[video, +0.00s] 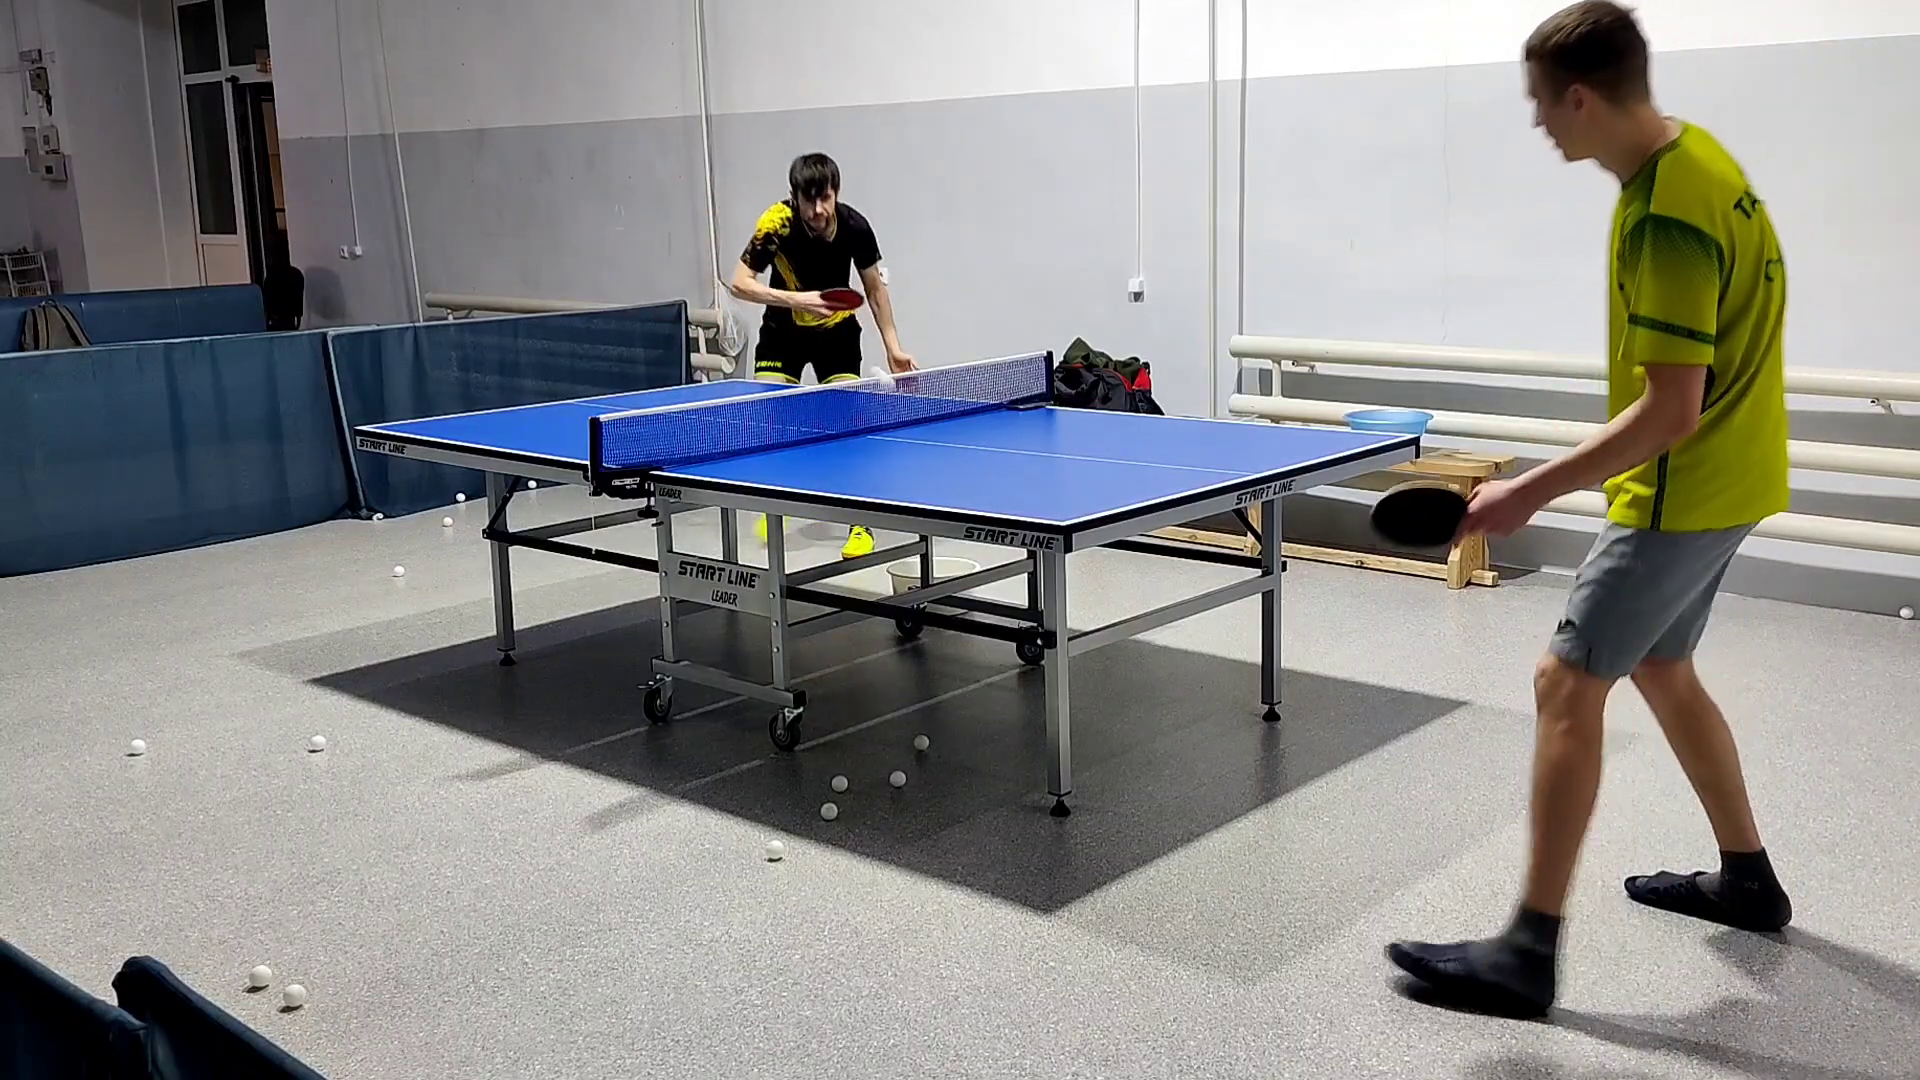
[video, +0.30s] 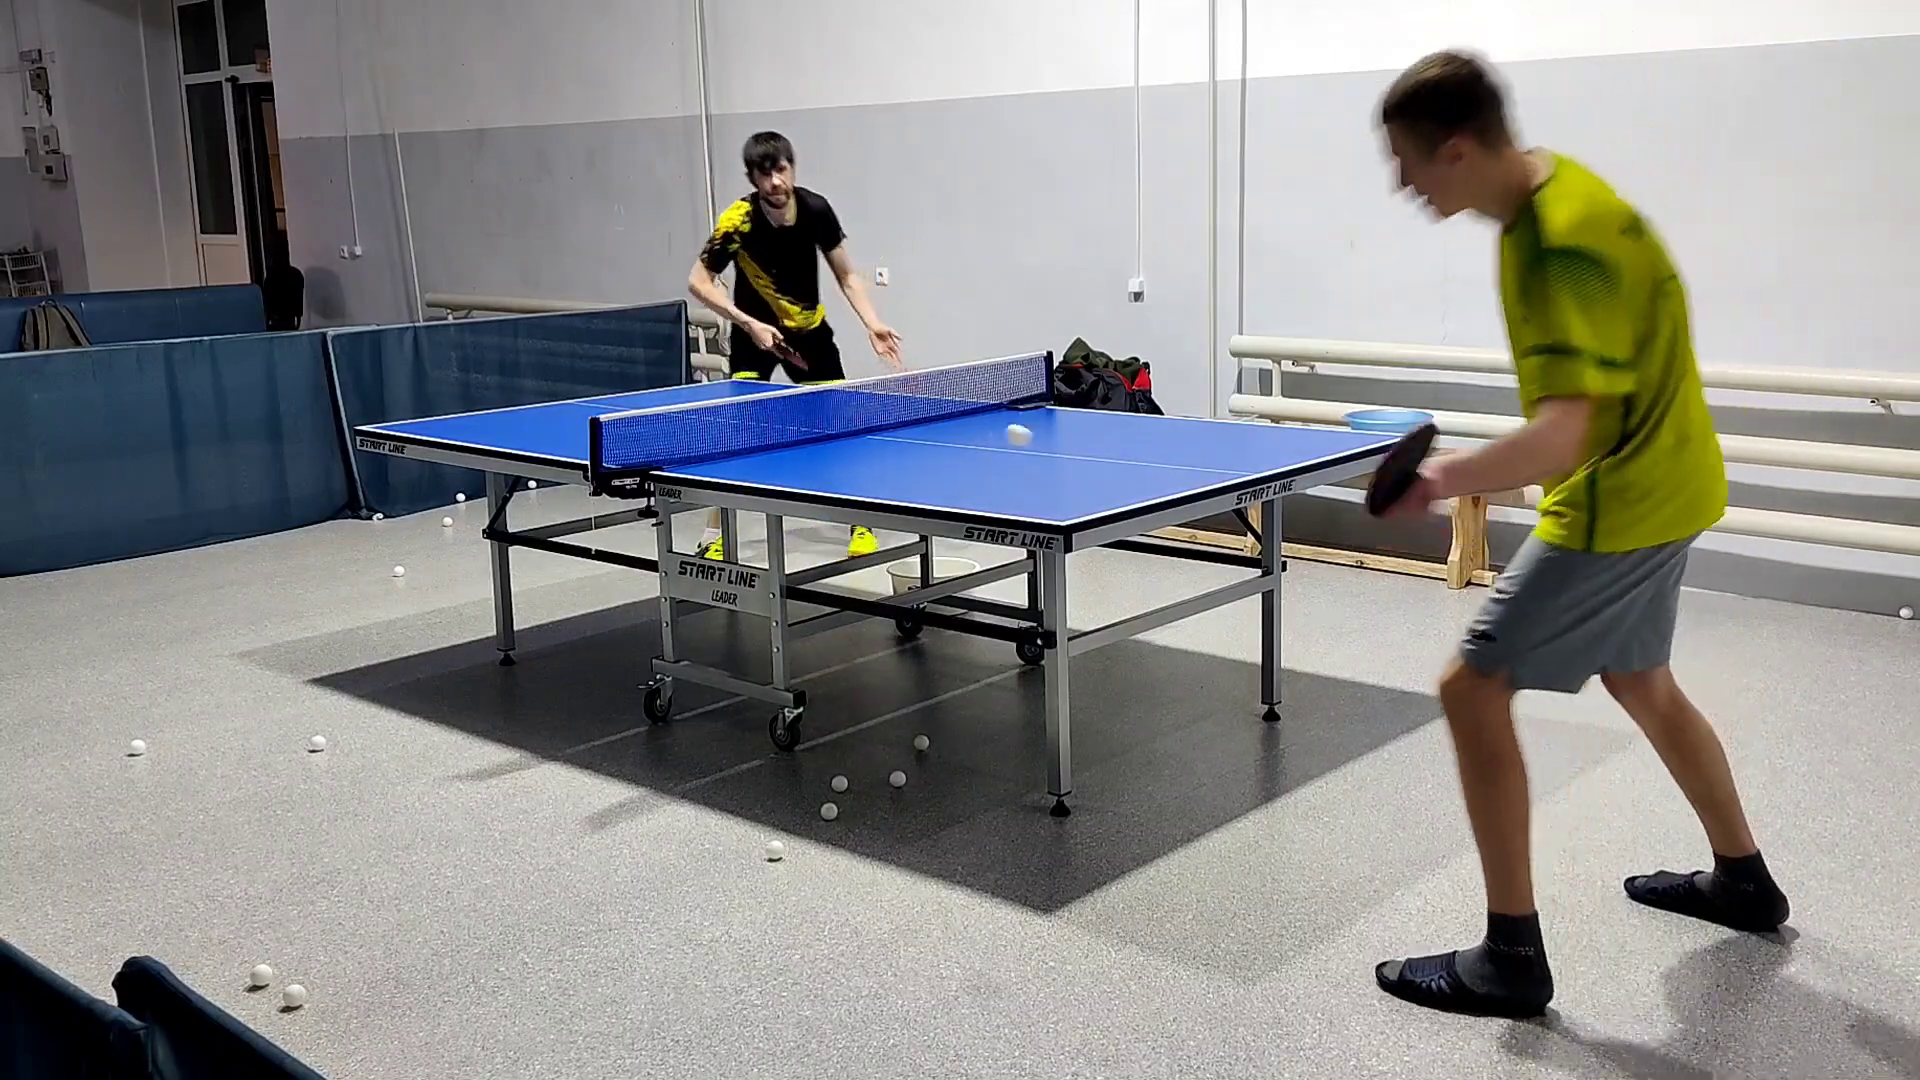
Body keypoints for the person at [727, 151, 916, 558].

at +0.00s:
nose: (819, 208)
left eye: (826, 198)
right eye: (811, 199)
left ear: (836, 194)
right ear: (796, 196)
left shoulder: (854, 228)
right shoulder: (777, 222)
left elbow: (875, 289)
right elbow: (740, 283)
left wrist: (893, 350)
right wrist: (794, 300)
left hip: (837, 331)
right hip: (783, 330)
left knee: (847, 421)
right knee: (767, 419)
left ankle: (859, 522)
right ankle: (772, 511)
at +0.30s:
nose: (773, 183)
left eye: (779, 171)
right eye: (763, 175)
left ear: (792, 169)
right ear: (752, 178)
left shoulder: (816, 210)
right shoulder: (739, 220)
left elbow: (846, 275)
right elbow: (699, 283)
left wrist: (874, 324)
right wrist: (750, 324)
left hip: (810, 331)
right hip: (754, 334)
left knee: (841, 421)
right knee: (735, 428)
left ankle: (860, 523)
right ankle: (716, 532)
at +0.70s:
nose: (735, 174)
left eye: (741, 163)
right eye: (725, 168)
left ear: (754, 161)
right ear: (714, 175)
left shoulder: (789, 203)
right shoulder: (711, 224)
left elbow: (839, 263)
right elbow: (689, 295)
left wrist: (834, 290)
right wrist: (718, 294)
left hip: (794, 335)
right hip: (746, 340)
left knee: (850, 409)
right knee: (742, 426)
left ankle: (866, 508)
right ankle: (715, 533)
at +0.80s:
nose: (731, 183)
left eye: (736, 171)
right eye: (720, 177)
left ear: (749, 167)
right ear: (711, 183)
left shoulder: (789, 204)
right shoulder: (714, 231)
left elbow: (831, 266)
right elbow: (702, 305)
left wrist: (793, 280)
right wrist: (710, 306)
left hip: (810, 333)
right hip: (759, 340)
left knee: (865, 411)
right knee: (739, 429)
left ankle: (887, 508)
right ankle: (718, 533)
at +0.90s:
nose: (719, 195)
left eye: (725, 182)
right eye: (710, 188)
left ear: (740, 177)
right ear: (702, 194)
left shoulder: (782, 206)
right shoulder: (715, 244)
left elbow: (810, 269)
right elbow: (715, 308)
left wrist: (743, 275)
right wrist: (707, 354)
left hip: (827, 322)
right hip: (776, 330)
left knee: (880, 396)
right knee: (763, 411)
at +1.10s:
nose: (716, 257)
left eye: (721, 245)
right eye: (707, 250)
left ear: (739, 238)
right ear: (701, 256)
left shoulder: (773, 261)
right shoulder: (737, 292)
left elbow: (774, 310)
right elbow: (753, 361)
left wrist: (707, 314)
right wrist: (737, 410)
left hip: (863, 361)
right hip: (811, 363)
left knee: (890, 455)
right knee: (751, 425)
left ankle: (901, 564)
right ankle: (757, 532)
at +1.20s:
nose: (725, 271)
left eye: (730, 259)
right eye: (718, 265)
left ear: (750, 253)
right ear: (716, 270)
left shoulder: (788, 275)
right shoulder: (753, 310)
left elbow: (820, 330)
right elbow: (775, 368)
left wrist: (749, 336)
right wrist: (759, 412)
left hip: (872, 372)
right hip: (821, 375)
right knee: (768, 430)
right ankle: (757, 532)